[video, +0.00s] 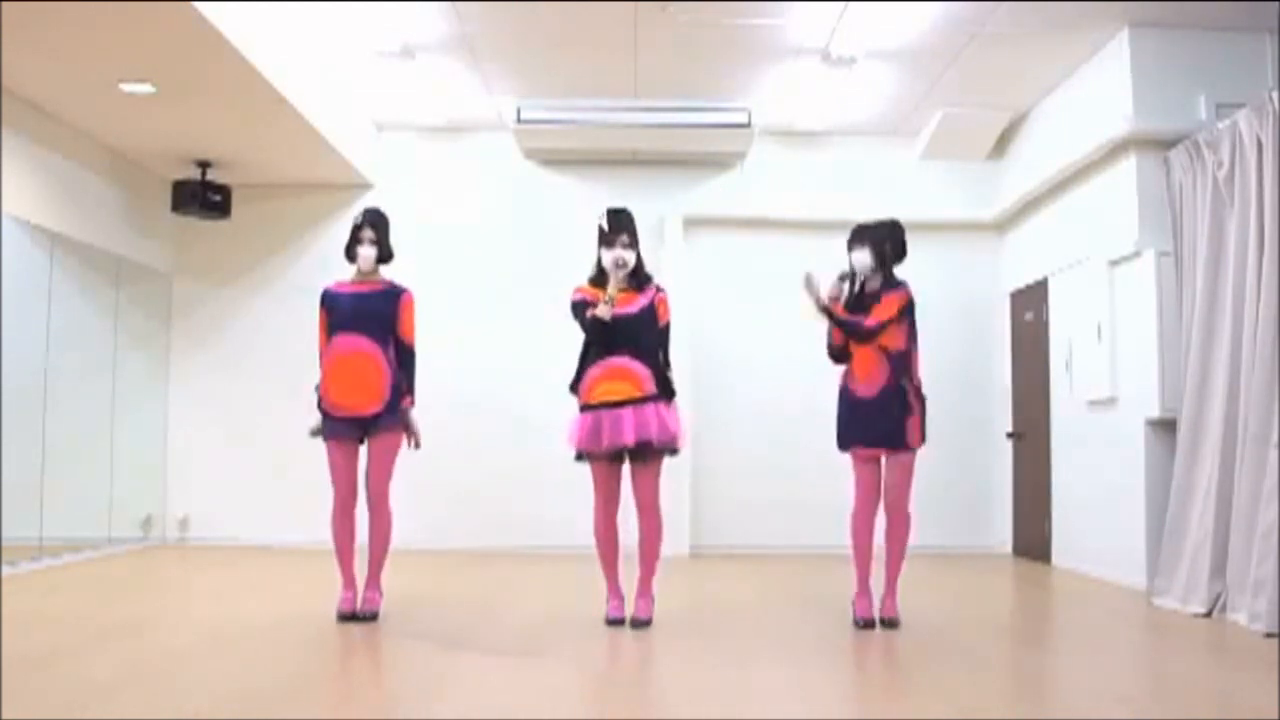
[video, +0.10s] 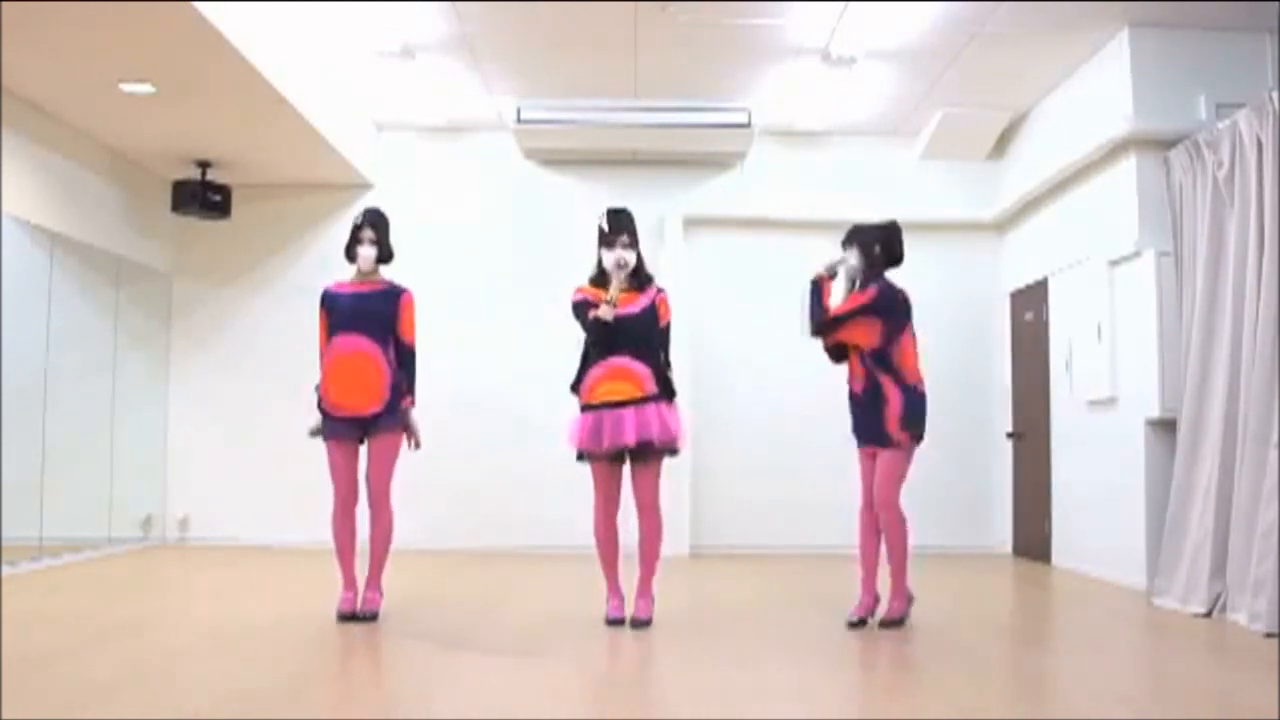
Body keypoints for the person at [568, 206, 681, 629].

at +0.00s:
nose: (620, 256)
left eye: (627, 248)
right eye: (612, 248)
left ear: (638, 252)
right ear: (599, 252)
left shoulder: (654, 295)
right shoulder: (585, 295)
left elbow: (661, 353)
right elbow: (593, 327)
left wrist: (669, 403)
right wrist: (609, 291)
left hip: (645, 402)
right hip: (600, 402)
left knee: (647, 503)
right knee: (606, 502)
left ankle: (645, 592)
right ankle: (613, 592)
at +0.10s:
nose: (620, 257)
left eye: (628, 248)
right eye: (612, 248)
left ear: (638, 252)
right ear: (600, 253)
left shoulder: (654, 296)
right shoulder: (586, 295)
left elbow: (661, 353)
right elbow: (595, 327)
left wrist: (669, 404)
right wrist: (611, 293)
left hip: (646, 401)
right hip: (601, 402)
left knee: (647, 503)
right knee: (606, 503)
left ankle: (645, 591)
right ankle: (613, 591)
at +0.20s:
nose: (621, 257)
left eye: (628, 249)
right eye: (613, 249)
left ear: (638, 253)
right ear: (600, 253)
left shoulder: (655, 296)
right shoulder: (586, 295)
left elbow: (662, 354)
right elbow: (596, 329)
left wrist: (671, 405)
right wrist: (612, 290)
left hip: (646, 402)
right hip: (602, 402)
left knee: (647, 503)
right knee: (607, 503)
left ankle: (645, 592)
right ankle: (613, 592)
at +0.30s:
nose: (621, 257)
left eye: (628, 249)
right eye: (613, 249)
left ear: (638, 253)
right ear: (601, 253)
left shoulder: (655, 296)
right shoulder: (586, 295)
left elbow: (665, 353)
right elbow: (595, 328)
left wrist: (673, 401)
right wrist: (610, 293)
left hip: (647, 402)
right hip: (602, 402)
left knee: (647, 504)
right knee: (607, 505)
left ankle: (645, 592)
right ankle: (613, 591)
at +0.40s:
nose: (620, 257)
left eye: (628, 248)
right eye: (613, 248)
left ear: (639, 252)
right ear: (602, 253)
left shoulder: (657, 297)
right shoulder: (587, 296)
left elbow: (669, 356)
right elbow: (595, 330)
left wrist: (681, 407)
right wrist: (609, 292)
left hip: (648, 404)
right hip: (602, 405)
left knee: (646, 505)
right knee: (607, 507)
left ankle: (645, 592)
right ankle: (613, 592)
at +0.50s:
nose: (619, 257)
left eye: (627, 248)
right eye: (612, 247)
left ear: (639, 249)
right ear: (601, 249)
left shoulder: (656, 296)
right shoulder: (589, 297)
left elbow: (670, 353)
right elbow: (584, 334)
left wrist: (680, 404)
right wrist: (597, 296)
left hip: (646, 402)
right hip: (601, 404)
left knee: (645, 504)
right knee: (608, 505)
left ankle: (645, 592)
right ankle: (613, 592)